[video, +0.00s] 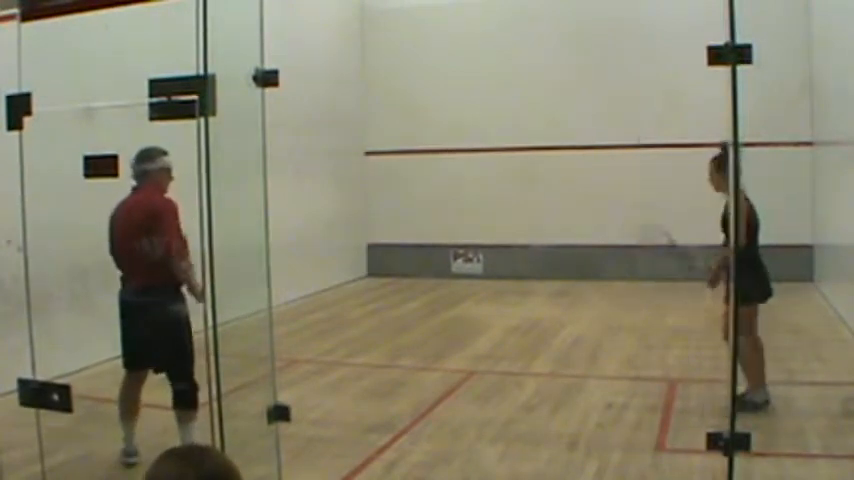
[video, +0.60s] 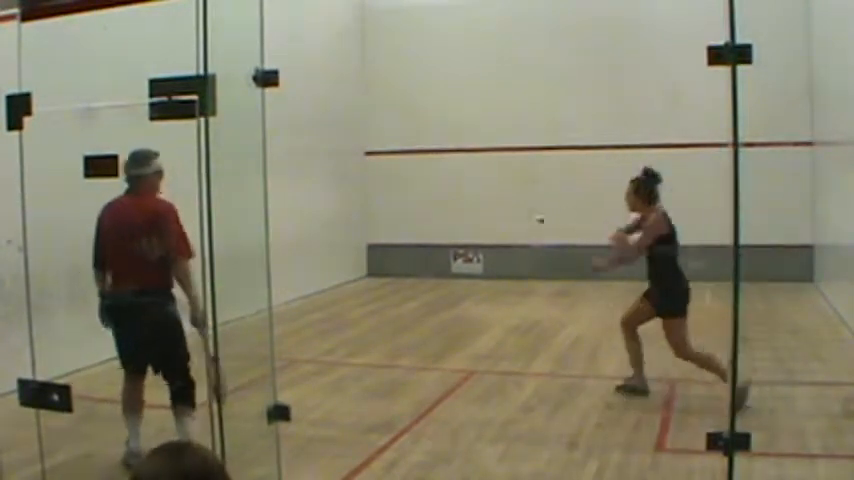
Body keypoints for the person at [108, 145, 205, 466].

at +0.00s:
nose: (170, 178)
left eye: (169, 172)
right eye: (166, 172)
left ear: (138, 175)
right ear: (156, 173)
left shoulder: (121, 210)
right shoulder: (164, 206)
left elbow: (119, 258)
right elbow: (174, 253)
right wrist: (194, 285)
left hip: (132, 300)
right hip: (166, 299)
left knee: (134, 372)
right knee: (181, 376)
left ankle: (128, 445)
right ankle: (189, 445)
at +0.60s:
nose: (161, 180)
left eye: (159, 175)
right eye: (159, 175)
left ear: (130, 178)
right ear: (154, 177)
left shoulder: (110, 211)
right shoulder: (163, 210)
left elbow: (100, 264)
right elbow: (179, 263)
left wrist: (104, 298)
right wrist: (194, 303)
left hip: (120, 304)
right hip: (157, 304)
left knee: (133, 372)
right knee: (178, 374)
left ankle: (133, 446)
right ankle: (187, 444)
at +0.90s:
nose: (130, 185)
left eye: (126, 180)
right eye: (128, 181)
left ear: (100, 184)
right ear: (124, 183)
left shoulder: (82, 216)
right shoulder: (139, 214)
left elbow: (73, 265)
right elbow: (155, 260)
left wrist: (91, 291)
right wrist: (163, 299)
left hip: (99, 305)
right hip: (134, 302)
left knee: (111, 377)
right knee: (141, 368)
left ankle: (131, 444)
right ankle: (149, 435)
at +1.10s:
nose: (81, 187)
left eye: (83, 182)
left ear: (85, 186)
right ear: (111, 187)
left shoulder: (68, 218)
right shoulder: (128, 219)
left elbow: (58, 266)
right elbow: (147, 258)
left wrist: (81, 288)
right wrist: (145, 295)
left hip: (86, 306)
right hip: (121, 304)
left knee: (76, 371)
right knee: (119, 367)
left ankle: (112, 426)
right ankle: (129, 433)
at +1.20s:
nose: (75, 190)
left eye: (73, 185)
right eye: (86, 183)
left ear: (72, 188)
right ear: (98, 187)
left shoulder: (59, 222)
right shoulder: (118, 220)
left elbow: (49, 270)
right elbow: (141, 261)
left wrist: (72, 289)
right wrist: (129, 297)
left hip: (77, 309)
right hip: (113, 305)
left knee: (58, 366)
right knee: (113, 367)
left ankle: (84, 427)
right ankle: (127, 430)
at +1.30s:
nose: (73, 189)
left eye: (64, 185)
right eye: (80, 182)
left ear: (58, 188)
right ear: (83, 185)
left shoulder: (47, 222)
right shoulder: (105, 219)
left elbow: (34, 264)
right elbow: (129, 258)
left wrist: (56, 285)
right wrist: (109, 280)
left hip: (66, 309)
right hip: (102, 306)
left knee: (43, 372)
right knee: (109, 368)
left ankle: (41, 447)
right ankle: (129, 430)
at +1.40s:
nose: (58, 190)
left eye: (47, 186)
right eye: (61, 184)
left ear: (40, 189)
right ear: (66, 188)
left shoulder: (30, 225)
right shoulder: (87, 220)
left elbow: (18, 271)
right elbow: (109, 257)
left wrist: (41, 289)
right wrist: (84, 275)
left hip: (52, 313)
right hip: (88, 309)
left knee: (25, 376)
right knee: (100, 368)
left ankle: (16, 447)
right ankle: (127, 429)